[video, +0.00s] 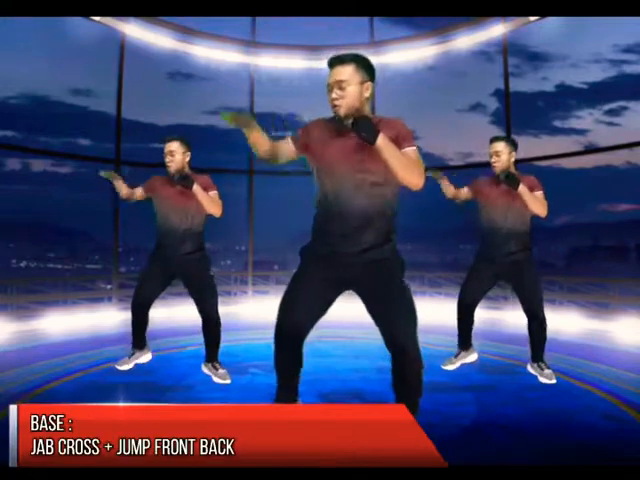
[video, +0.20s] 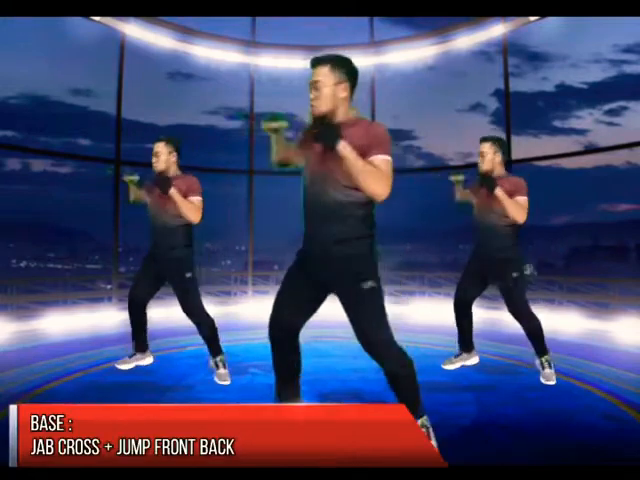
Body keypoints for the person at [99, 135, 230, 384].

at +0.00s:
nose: (168, 159)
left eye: (173, 154)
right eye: (166, 155)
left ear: (187, 156)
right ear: (164, 158)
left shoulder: (202, 182)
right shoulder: (157, 183)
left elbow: (216, 210)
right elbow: (130, 195)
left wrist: (193, 184)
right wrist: (117, 182)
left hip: (194, 259)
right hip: (163, 258)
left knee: (210, 312)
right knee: (140, 303)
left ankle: (212, 362)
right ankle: (140, 350)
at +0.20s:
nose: (154, 159)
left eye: (158, 155)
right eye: (153, 155)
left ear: (173, 156)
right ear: (155, 158)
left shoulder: (189, 183)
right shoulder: (155, 183)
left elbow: (195, 216)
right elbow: (145, 197)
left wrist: (173, 192)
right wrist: (136, 191)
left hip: (180, 257)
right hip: (157, 256)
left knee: (194, 309)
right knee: (136, 300)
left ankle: (218, 359)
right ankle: (141, 352)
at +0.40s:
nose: (156, 159)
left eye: (160, 155)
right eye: (156, 155)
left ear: (170, 157)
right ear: (164, 157)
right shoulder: (168, 178)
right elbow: (156, 206)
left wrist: (106, 169)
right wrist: (154, 185)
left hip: (176, 253)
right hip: (162, 252)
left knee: (184, 312)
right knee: (139, 298)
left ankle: (218, 359)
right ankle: (141, 352)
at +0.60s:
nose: (158, 162)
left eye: (161, 158)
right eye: (156, 158)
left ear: (173, 158)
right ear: (157, 162)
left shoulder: (189, 180)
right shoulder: (161, 183)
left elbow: (188, 206)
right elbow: (154, 211)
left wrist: (161, 184)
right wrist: (150, 191)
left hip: (189, 256)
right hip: (168, 255)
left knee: (198, 312)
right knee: (145, 301)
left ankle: (222, 363)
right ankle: (142, 352)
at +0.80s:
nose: (161, 164)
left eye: (165, 159)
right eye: (160, 160)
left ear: (180, 159)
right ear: (166, 163)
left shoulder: (201, 182)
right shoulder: (166, 191)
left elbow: (205, 212)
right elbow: (151, 216)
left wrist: (177, 187)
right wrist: (145, 195)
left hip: (197, 261)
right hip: (171, 260)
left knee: (205, 315)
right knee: (147, 302)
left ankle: (222, 365)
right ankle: (142, 352)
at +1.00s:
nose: (156, 163)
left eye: (160, 158)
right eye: (156, 159)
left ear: (175, 158)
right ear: (162, 162)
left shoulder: (197, 181)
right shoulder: (164, 191)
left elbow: (204, 209)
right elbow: (148, 216)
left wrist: (177, 183)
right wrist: (138, 195)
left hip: (194, 261)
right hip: (167, 259)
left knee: (203, 315)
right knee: (134, 294)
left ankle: (223, 364)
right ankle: (132, 342)